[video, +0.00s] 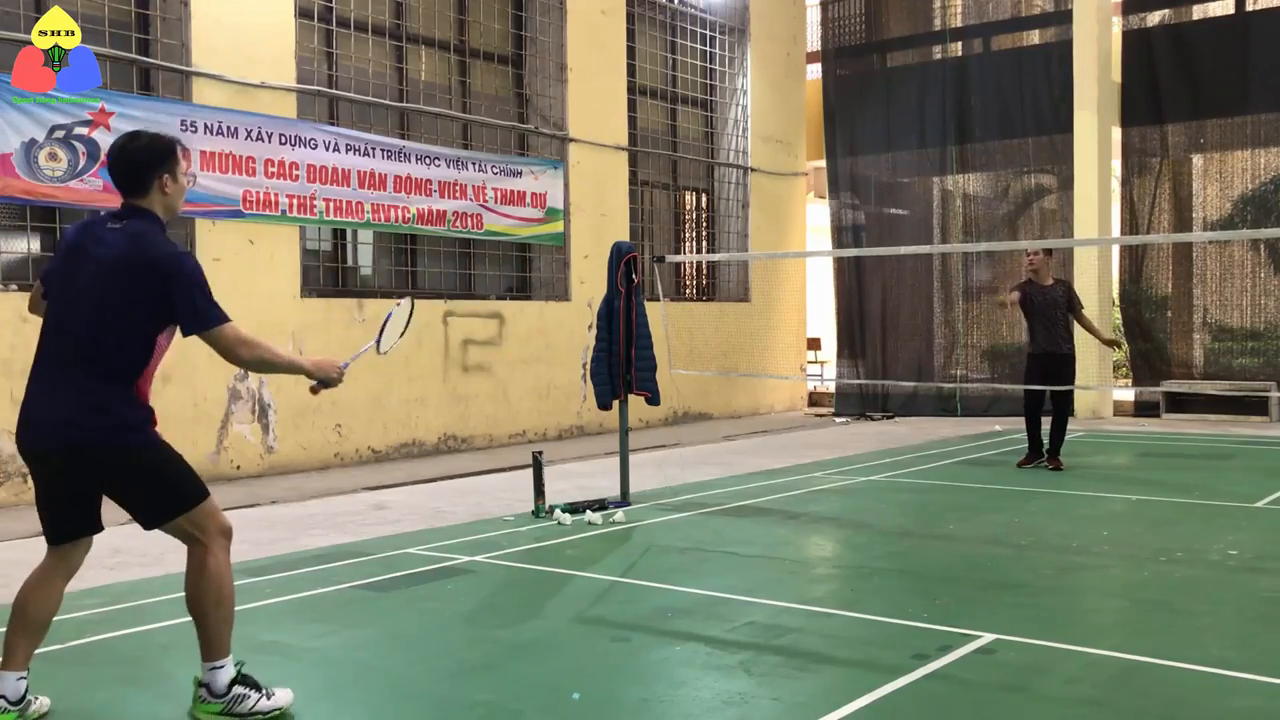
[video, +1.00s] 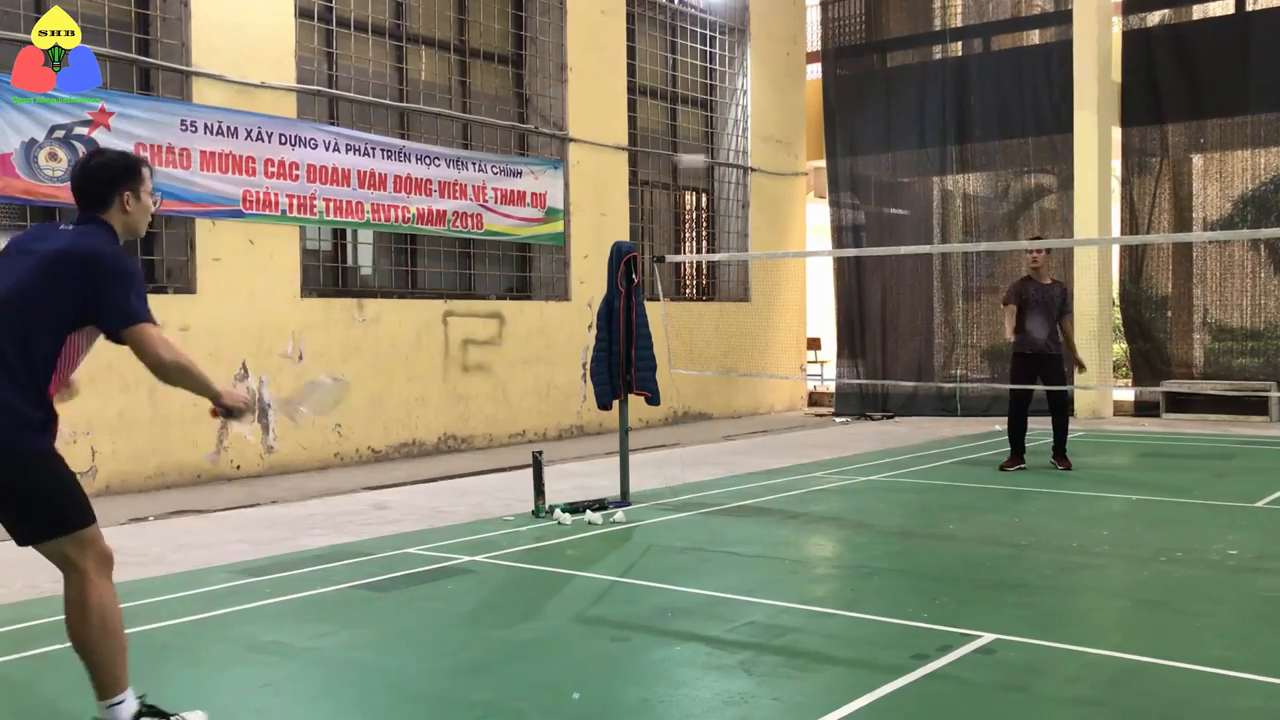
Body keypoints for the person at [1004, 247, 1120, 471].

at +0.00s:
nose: (1029, 259)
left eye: (1034, 254)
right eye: (1027, 255)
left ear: (1047, 258)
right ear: (1026, 260)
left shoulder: (1064, 287)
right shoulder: (1024, 288)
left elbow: (1080, 317)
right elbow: (1013, 297)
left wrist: (1102, 338)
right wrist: (1007, 301)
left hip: (1063, 355)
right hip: (1037, 355)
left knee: (1061, 408)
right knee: (1032, 406)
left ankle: (1053, 455)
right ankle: (1035, 452)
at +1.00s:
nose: (1033, 255)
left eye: (1038, 252)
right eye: (1030, 252)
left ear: (1047, 256)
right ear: (1026, 257)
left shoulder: (1060, 289)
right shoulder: (1018, 287)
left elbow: (1066, 325)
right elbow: (1010, 312)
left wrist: (1075, 355)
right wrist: (1009, 331)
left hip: (1052, 355)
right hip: (1023, 354)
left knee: (1059, 406)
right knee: (1018, 405)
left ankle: (1060, 454)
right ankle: (1016, 456)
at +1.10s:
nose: (1037, 256)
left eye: (1042, 252)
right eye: (1034, 253)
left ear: (1052, 256)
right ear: (1030, 257)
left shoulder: (1065, 289)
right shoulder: (1022, 288)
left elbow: (1069, 325)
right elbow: (1012, 318)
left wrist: (1073, 354)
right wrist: (1009, 339)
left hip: (1056, 356)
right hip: (1027, 355)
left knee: (1059, 407)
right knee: (1020, 406)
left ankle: (1059, 455)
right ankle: (1017, 456)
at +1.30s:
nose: (1043, 258)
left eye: (1047, 254)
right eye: (1039, 254)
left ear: (1058, 257)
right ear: (1036, 258)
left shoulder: (1071, 290)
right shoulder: (1028, 289)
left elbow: (1078, 325)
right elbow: (1008, 315)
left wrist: (1086, 358)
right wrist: (1020, 314)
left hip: (1061, 358)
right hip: (1032, 356)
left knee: (1063, 409)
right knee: (1023, 405)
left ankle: (1059, 455)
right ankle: (1022, 454)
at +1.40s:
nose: (1042, 258)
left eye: (1047, 253)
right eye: (1039, 254)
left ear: (1058, 257)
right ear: (1035, 258)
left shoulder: (1071, 290)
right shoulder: (1028, 287)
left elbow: (1081, 324)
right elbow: (1006, 312)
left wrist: (1093, 355)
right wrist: (1023, 296)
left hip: (1061, 357)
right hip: (1032, 355)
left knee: (1063, 408)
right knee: (1025, 405)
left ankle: (1059, 455)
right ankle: (1026, 455)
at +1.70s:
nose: (1032, 255)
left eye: (1037, 251)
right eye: (1029, 251)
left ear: (1048, 255)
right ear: (1025, 256)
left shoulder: (1062, 286)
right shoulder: (1021, 286)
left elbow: (1075, 316)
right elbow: (1000, 306)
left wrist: (1095, 337)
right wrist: (1015, 281)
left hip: (1059, 355)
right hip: (1031, 355)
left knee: (1061, 406)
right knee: (1029, 407)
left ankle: (1059, 455)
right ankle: (1029, 457)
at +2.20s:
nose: (1027, 256)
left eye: (1031, 252)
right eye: (1024, 253)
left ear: (1043, 256)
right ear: (1021, 257)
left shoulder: (1058, 285)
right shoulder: (1015, 288)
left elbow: (1067, 321)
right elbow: (1001, 318)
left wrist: (1078, 352)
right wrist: (995, 349)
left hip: (1056, 356)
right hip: (1027, 356)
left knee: (1058, 408)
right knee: (1025, 408)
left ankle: (1056, 457)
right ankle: (1028, 457)